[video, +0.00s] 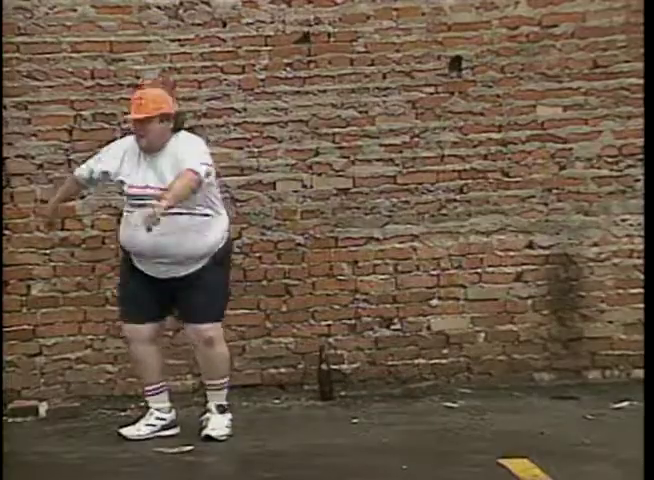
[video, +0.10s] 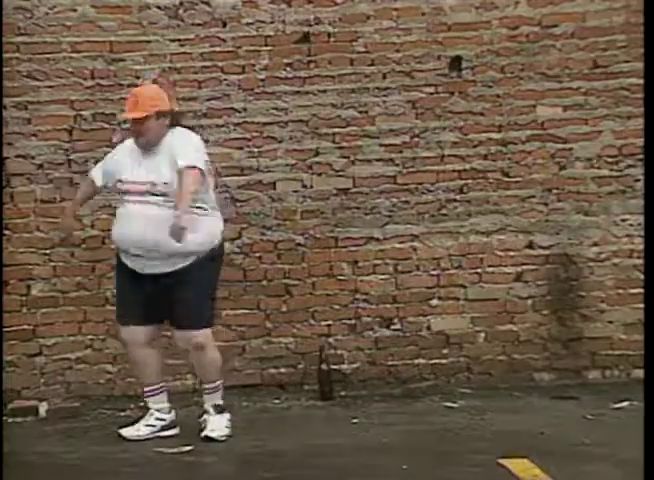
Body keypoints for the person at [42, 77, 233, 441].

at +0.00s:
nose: (139, 129)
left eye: (147, 122)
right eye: (135, 122)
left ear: (168, 121)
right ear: (131, 122)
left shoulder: (190, 147)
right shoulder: (124, 150)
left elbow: (192, 178)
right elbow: (83, 176)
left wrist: (165, 202)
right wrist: (54, 202)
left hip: (200, 260)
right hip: (142, 261)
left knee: (206, 333)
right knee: (138, 333)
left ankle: (218, 411)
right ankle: (160, 412)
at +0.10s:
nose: (134, 128)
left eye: (141, 121)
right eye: (131, 121)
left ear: (163, 119)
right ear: (128, 120)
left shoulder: (185, 142)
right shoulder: (125, 151)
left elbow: (191, 176)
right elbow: (95, 178)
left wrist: (182, 212)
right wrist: (76, 203)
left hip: (189, 259)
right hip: (136, 261)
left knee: (196, 337)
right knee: (136, 335)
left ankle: (216, 411)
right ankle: (160, 413)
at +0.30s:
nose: (124, 99)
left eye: (132, 93)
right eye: (121, 93)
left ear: (153, 88)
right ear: (121, 93)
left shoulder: (179, 117)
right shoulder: (130, 124)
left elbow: (219, 161)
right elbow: (141, 173)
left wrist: (223, 204)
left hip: (176, 223)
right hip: (135, 231)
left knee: (185, 317)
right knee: (151, 322)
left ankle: (219, 400)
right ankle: (169, 406)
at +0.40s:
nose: (123, 105)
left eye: (130, 99)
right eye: (120, 99)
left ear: (151, 97)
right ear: (120, 100)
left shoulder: (174, 123)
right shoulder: (129, 135)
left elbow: (213, 165)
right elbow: (141, 183)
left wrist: (211, 210)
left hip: (173, 231)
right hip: (136, 237)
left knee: (178, 325)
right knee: (147, 329)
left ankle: (211, 411)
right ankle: (180, 409)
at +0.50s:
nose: (120, 118)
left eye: (125, 110)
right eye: (119, 111)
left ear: (146, 108)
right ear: (134, 111)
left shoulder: (166, 133)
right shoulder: (140, 145)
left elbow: (187, 175)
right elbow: (139, 193)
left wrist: (165, 205)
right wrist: (108, 181)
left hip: (170, 243)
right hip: (141, 251)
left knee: (171, 331)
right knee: (139, 336)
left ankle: (214, 417)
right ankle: (179, 413)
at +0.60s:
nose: (112, 105)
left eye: (118, 97)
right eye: (111, 99)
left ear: (141, 94)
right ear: (123, 101)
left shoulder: (156, 117)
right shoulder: (127, 137)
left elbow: (147, 154)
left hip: (169, 235)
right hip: (137, 245)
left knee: (173, 325)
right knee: (143, 332)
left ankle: (209, 410)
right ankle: (179, 407)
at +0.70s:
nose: (105, 96)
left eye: (110, 88)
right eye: (105, 91)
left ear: (131, 84)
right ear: (122, 90)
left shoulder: (149, 106)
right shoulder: (126, 119)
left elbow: (106, 132)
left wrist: (68, 152)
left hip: (169, 222)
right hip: (140, 230)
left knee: (156, 313)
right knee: (149, 318)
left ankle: (195, 395)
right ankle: (171, 398)